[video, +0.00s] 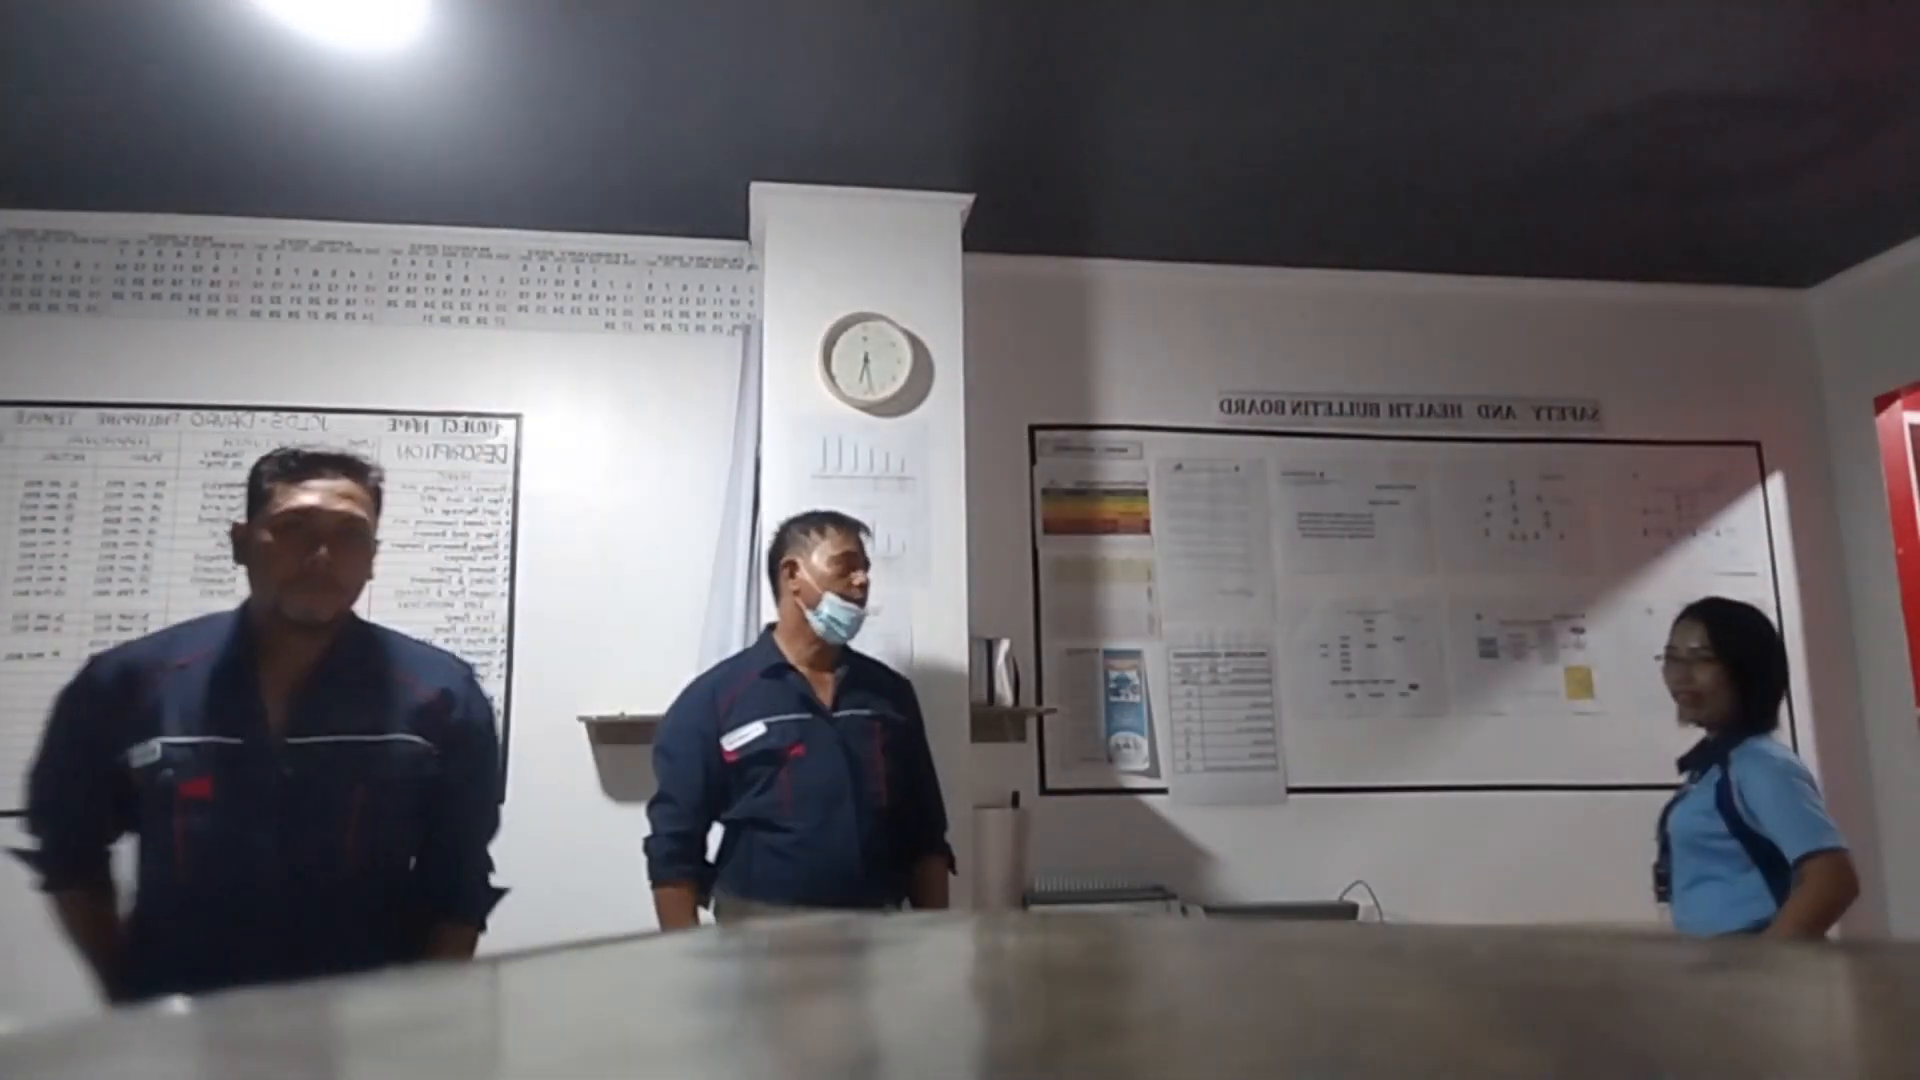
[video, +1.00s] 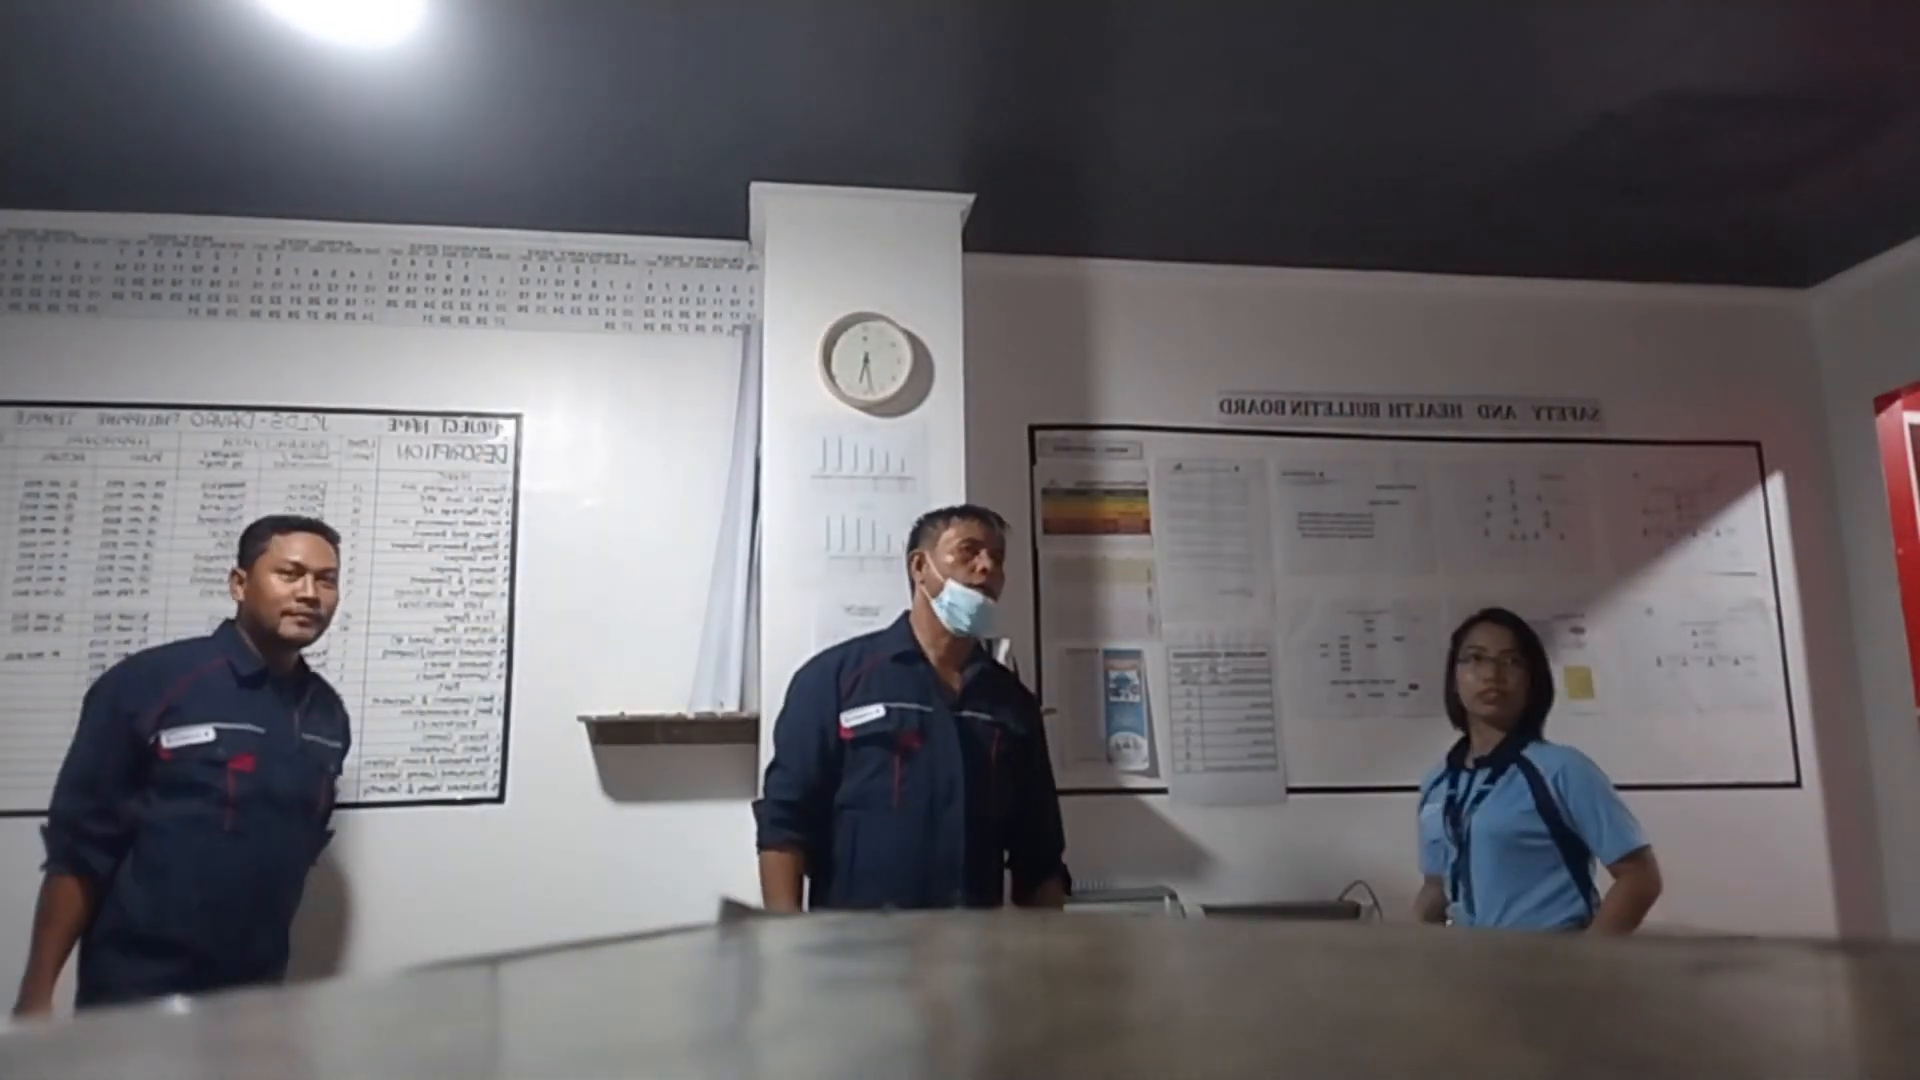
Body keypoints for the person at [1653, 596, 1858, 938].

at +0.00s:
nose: (1679, 675)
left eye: (1701, 659)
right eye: (1671, 659)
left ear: (1745, 667)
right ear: (1663, 664)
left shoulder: (1761, 763)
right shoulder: (1712, 768)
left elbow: (1833, 880)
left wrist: (1758, 969)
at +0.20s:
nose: (1647, 677)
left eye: (1668, 661)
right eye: (1636, 659)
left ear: (1709, 670)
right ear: (1625, 667)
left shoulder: (1726, 766)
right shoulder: (1653, 769)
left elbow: (1821, 880)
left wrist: (1725, 951)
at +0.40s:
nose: (1610, 674)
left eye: (1634, 659)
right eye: (1597, 656)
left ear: (1668, 673)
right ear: (1582, 671)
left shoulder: (1693, 771)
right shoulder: (1595, 772)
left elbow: (1790, 877)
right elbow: (1607, 887)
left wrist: (1689, 926)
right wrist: (1554, 943)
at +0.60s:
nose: (1570, 679)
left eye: (1591, 665)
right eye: (1554, 664)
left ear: (1622, 680)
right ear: (1536, 680)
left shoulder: (1651, 780)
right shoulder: (1532, 785)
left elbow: (1746, 884)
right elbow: (1538, 883)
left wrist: (1649, 936)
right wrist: (1482, 939)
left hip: (1624, 983)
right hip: (1542, 979)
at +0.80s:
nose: (1527, 675)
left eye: (1548, 663)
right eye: (1511, 661)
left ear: (1575, 680)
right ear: (1492, 677)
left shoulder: (1597, 773)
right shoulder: (1484, 783)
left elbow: (1684, 879)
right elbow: (1477, 877)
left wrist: (1596, 943)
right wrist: (1440, 902)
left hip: (1574, 973)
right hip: (1495, 972)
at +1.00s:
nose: (1491, 675)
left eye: (1510, 662)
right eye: (1475, 659)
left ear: (1533, 679)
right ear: (1454, 677)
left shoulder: (1562, 770)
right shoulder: (1437, 786)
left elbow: (1640, 880)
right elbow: (1437, 889)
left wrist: (1579, 969)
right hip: (1469, 975)